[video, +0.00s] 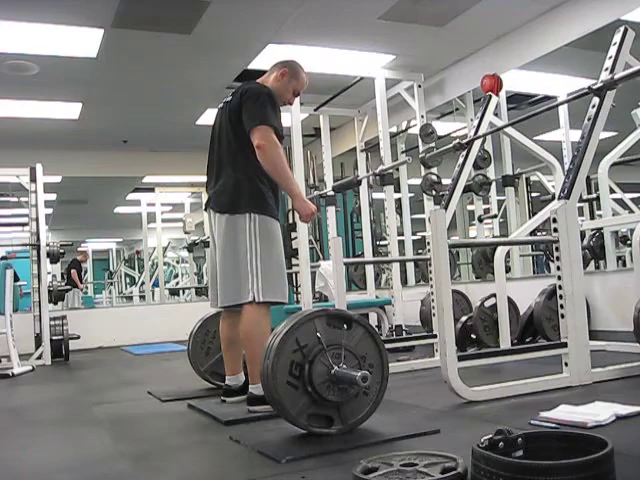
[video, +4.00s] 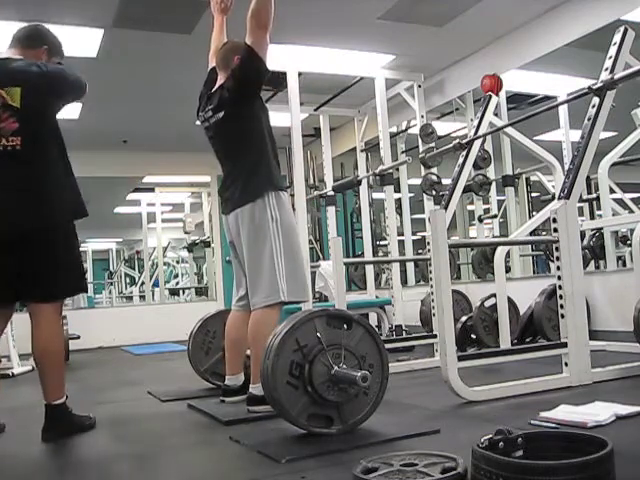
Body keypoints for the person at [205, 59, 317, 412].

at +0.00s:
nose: (292, 100)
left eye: (296, 96)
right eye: (294, 92)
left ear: (272, 72)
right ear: (281, 74)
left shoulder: (231, 103)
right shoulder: (258, 93)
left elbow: (218, 166)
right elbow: (264, 141)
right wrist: (298, 197)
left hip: (222, 208)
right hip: (248, 207)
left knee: (231, 303)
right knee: (257, 300)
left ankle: (234, 383)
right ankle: (260, 390)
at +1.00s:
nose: (292, 99)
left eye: (296, 95)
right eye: (294, 91)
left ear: (271, 72)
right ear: (280, 73)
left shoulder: (230, 103)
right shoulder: (260, 93)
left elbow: (221, 162)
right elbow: (265, 140)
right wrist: (297, 199)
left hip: (222, 207)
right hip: (249, 207)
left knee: (233, 302)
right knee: (259, 301)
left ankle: (232, 383)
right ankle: (260, 390)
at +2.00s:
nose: (298, 103)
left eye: (303, 99)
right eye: (301, 94)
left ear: (277, 76)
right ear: (285, 77)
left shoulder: (237, 104)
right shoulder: (263, 95)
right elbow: (272, 137)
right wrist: (303, 196)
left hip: (220, 207)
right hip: (245, 208)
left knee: (234, 302)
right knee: (259, 301)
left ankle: (233, 383)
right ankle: (260, 389)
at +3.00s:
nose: (259, 69)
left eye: (258, 63)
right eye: (257, 62)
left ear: (225, 64)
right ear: (242, 61)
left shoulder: (209, 104)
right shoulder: (244, 93)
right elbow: (301, 98)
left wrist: (290, 108)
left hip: (224, 211)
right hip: (255, 209)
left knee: (238, 302)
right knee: (266, 299)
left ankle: (233, 382)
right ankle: (260, 390)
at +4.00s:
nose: (256, 67)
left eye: (254, 62)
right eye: (253, 62)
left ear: (221, 68)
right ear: (244, 64)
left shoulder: (209, 101)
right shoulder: (243, 88)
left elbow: (214, 59)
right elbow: (260, 26)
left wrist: (218, 18)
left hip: (234, 206)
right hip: (261, 201)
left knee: (243, 299)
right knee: (268, 298)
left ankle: (233, 383)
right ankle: (259, 389)